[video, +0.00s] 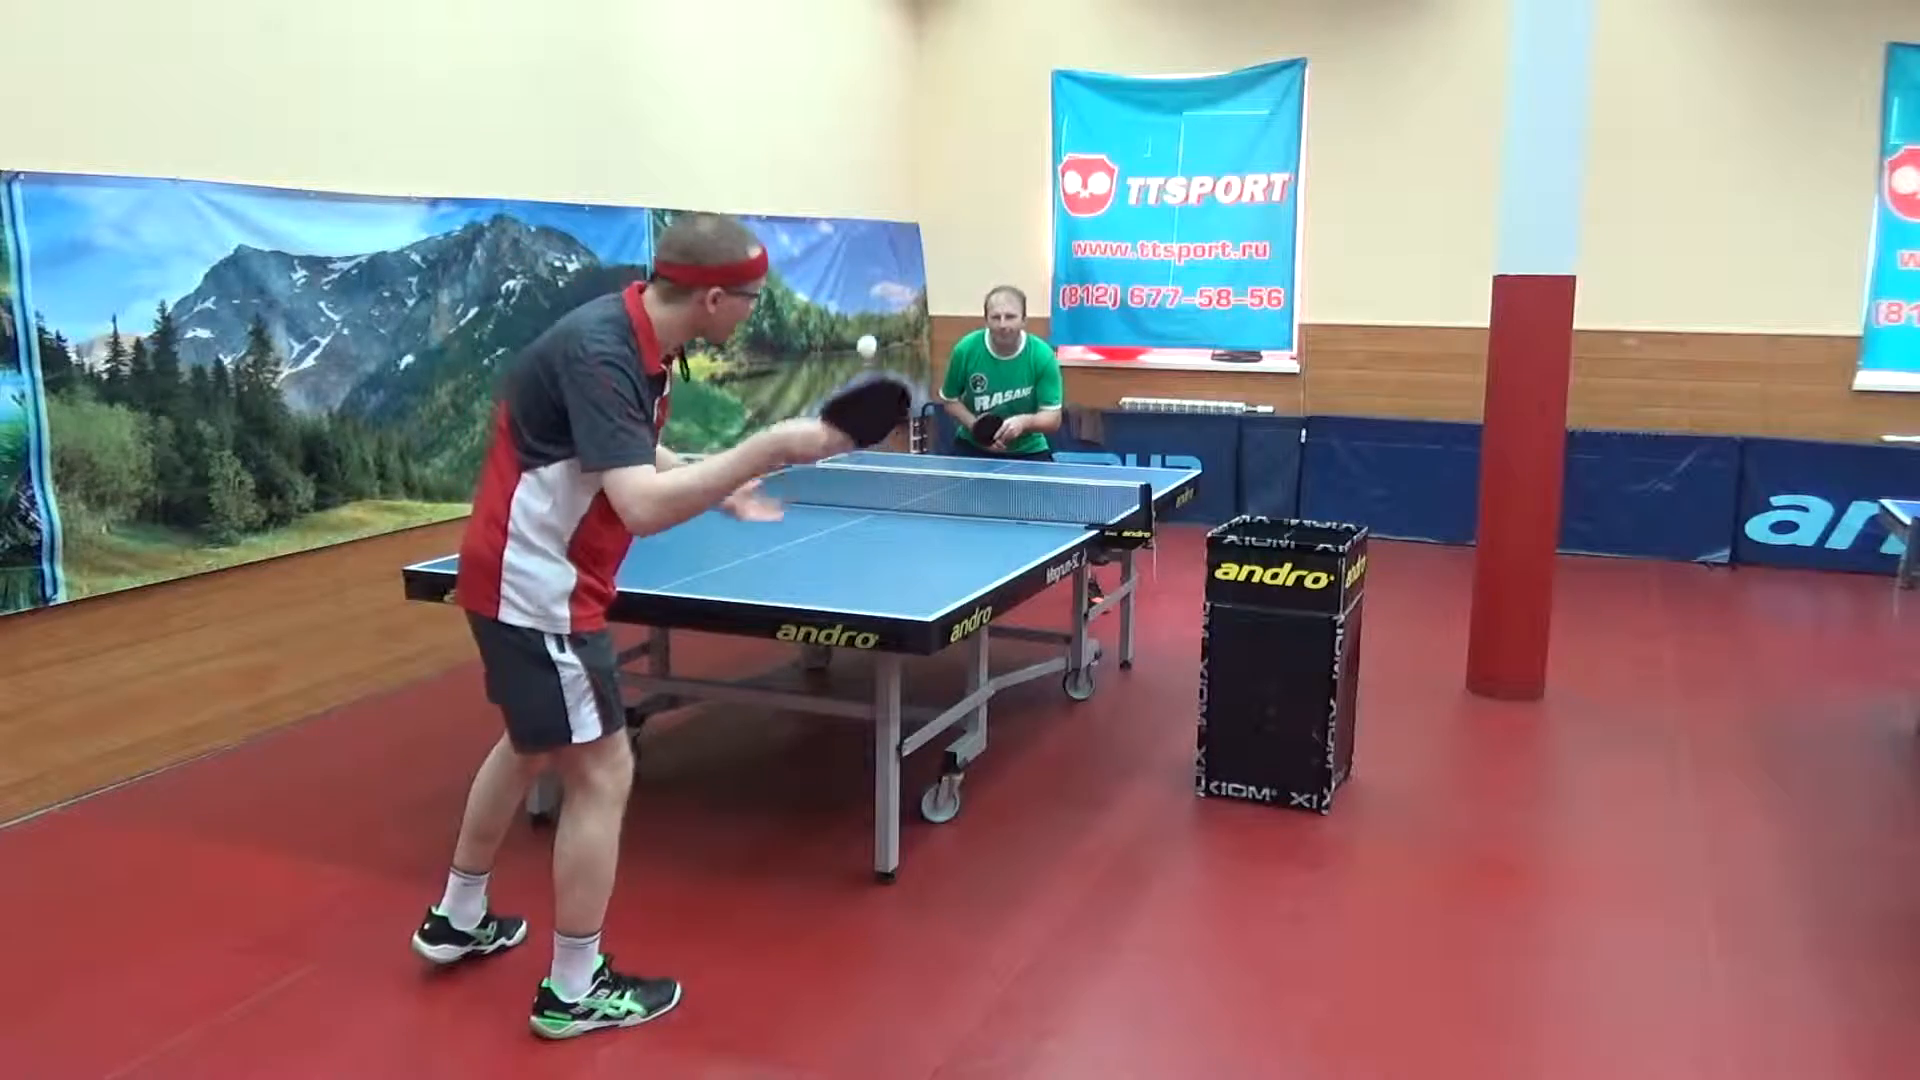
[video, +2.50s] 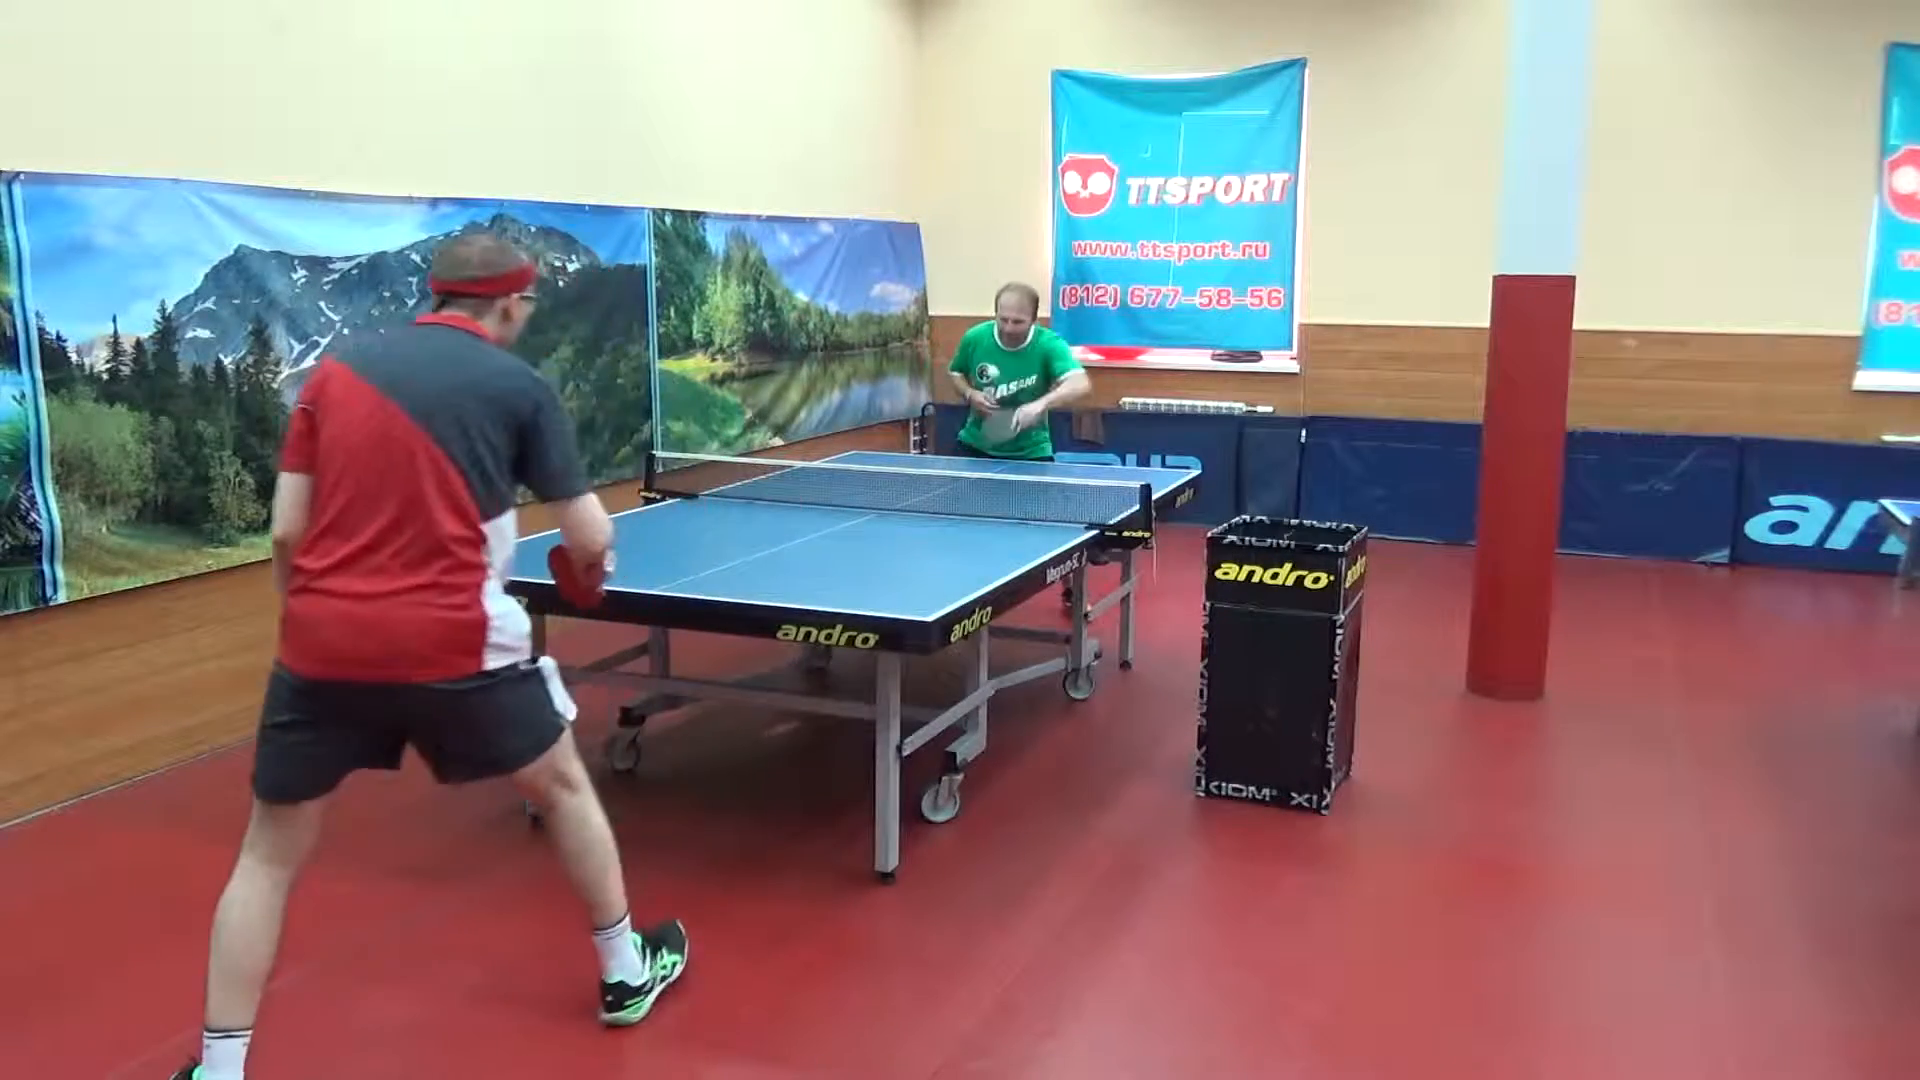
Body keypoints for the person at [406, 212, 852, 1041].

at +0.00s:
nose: (748, 310)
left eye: (750, 296)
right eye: (746, 296)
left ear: (689, 284)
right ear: (709, 296)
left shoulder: (641, 339)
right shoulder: (599, 351)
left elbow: (637, 452)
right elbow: (640, 507)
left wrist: (721, 487)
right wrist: (769, 448)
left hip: (534, 580)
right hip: (534, 595)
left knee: (524, 744)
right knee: (604, 772)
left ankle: (457, 917)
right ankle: (572, 987)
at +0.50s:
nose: (768, 315)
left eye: (772, 301)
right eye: (771, 301)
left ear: (690, 272)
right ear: (753, 301)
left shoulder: (596, 299)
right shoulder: (688, 388)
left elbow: (570, 418)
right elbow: (622, 529)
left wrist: (670, 467)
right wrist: (658, 501)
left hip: (484, 566)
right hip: (570, 596)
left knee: (478, 743)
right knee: (630, 775)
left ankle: (436, 923)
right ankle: (577, 985)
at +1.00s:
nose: (602, 298)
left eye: (602, 284)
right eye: (602, 284)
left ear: (519, 272)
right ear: (585, 282)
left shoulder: (426, 337)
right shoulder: (562, 365)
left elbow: (383, 477)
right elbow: (569, 515)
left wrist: (496, 501)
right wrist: (609, 528)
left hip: (395, 606)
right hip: (502, 616)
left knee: (370, 776)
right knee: (596, 765)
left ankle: (314, 976)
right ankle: (576, 982)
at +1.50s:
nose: (560, 301)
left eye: (560, 287)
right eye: (558, 287)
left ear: (477, 282)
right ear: (537, 289)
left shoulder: (386, 349)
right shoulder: (528, 363)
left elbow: (341, 499)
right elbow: (595, 508)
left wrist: (443, 517)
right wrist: (619, 517)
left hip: (368, 613)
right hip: (477, 615)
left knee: (360, 780)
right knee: (587, 759)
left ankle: (310, 981)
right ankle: (592, 972)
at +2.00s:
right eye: (597, 302)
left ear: (514, 305)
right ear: (592, 304)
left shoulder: (474, 378)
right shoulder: (636, 373)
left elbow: (453, 527)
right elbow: (708, 447)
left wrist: (413, 638)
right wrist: (733, 468)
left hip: (502, 616)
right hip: (624, 616)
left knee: (411, 791)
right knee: (642, 764)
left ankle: (338, 1006)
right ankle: (637, 967)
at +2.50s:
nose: (528, 315)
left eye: (527, 302)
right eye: (527, 303)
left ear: (438, 296)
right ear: (508, 304)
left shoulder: (337, 364)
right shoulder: (518, 387)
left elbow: (288, 530)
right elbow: (588, 534)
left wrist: (317, 610)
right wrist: (584, 567)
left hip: (322, 650)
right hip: (462, 649)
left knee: (267, 856)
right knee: (563, 788)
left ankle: (218, 1067)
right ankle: (624, 967)